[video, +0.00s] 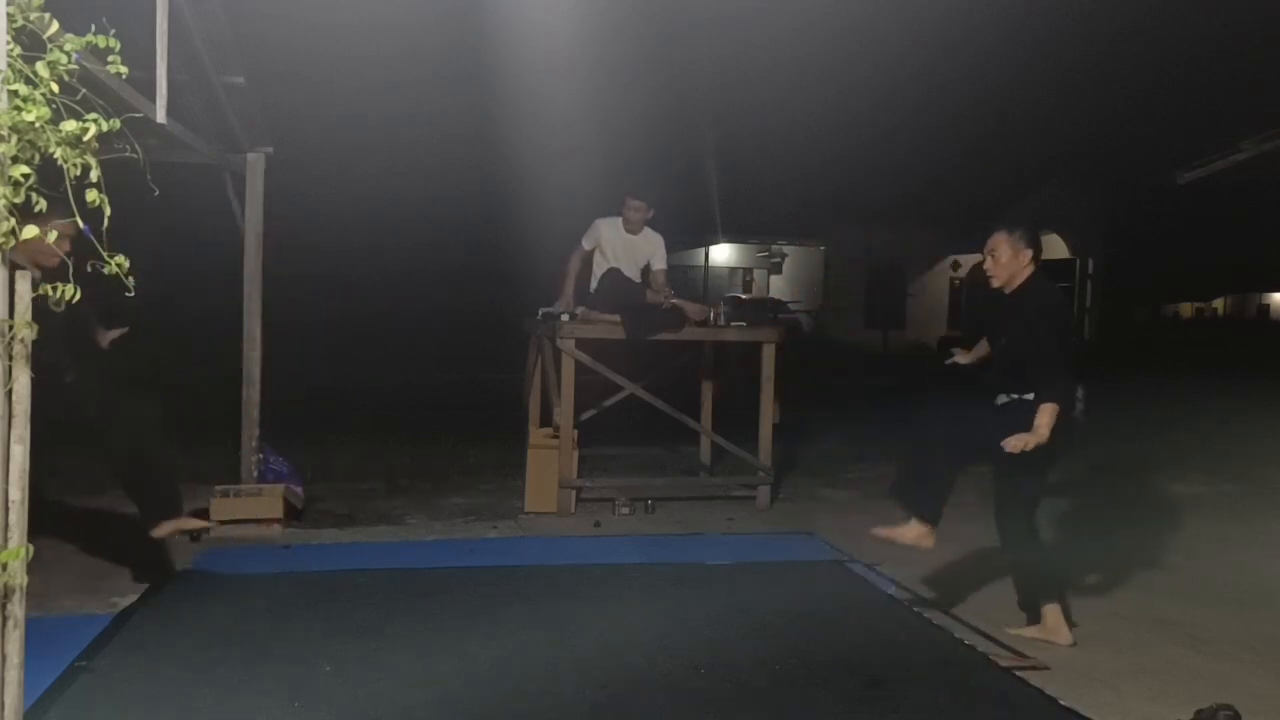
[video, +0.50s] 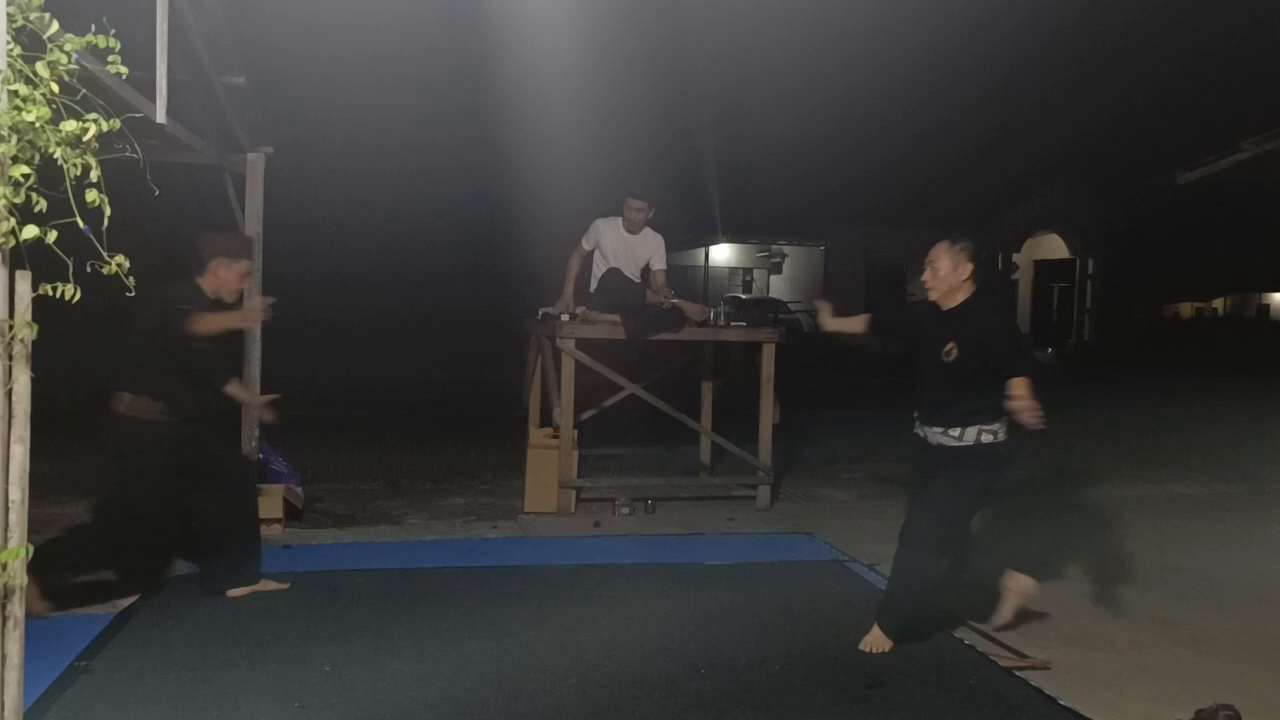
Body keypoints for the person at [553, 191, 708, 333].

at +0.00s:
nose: (630, 214)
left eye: (637, 211)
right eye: (627, 208)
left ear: (649, 214)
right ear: (622, 208)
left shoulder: (655, 241)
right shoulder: (602, 227)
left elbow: (659, 282)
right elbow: (577, 257)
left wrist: (670, 297)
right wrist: (567, 295)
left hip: (635, 301)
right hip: (600, 298)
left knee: (675, 317)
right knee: (613, 276)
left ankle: (603, 316)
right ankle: (680, 306)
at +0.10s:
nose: (630, 214)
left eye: (637, 211)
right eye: (627, 208)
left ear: (649, 214)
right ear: (622, 208)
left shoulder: (655, 241)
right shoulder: (602, 227)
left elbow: (659, 282)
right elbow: (577, 257)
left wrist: (669, 297)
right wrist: (567, 295)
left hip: (634, 301)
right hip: (600, 298)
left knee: (675, 317)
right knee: (613, 276)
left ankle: (603, 316)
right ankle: (680, 306)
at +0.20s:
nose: (630, 215)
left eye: (637, 211)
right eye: (627, 209)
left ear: (649, 214)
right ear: (622, 208)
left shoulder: (655, 241)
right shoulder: (602, 227)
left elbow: (659, 283)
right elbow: (577, 257)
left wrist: (670, 297)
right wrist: (567, 295)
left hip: (634, 301)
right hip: (600, 299)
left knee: (675, 317)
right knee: (613, 276)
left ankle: (604, 316)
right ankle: (681, 306)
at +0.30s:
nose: (630, 215)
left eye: (637, 211)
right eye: (627, 209)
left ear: (649, 214)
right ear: (622, 208)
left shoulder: (655, 241)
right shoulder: (602, 227)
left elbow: (659, 284)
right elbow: (576, 257)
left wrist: (671, 299)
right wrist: (567, 295)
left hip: (634, 301)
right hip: (600, 298)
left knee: (675, 317)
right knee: (613, 277)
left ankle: (603, 317)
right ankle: (682, 306)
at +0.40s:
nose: (629, 214)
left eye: (637, 210)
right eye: (627, 209)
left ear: (649, 214)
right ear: (622, 208)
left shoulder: (655, 241)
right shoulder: (602, 227)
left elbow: (659, 284)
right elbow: (576, 258)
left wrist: (671, 298)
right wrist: (567, 295)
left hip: (634, 301)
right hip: (600, 299)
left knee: (675, 317)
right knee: (613, 277)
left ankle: (604, 316)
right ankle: (681, 306)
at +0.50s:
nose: (632, 216)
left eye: (639, 211)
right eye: (628, 209)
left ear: (650, 214)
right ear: (623, 207)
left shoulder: (655, 241)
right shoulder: (601, 227)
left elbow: (659, 284)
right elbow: (577, 256)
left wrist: (667, 296)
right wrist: (567, 295)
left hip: (634, 301)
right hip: (600, 298)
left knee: (674, 317)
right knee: (613, 276)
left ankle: (603, 317)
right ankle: (679, 306)